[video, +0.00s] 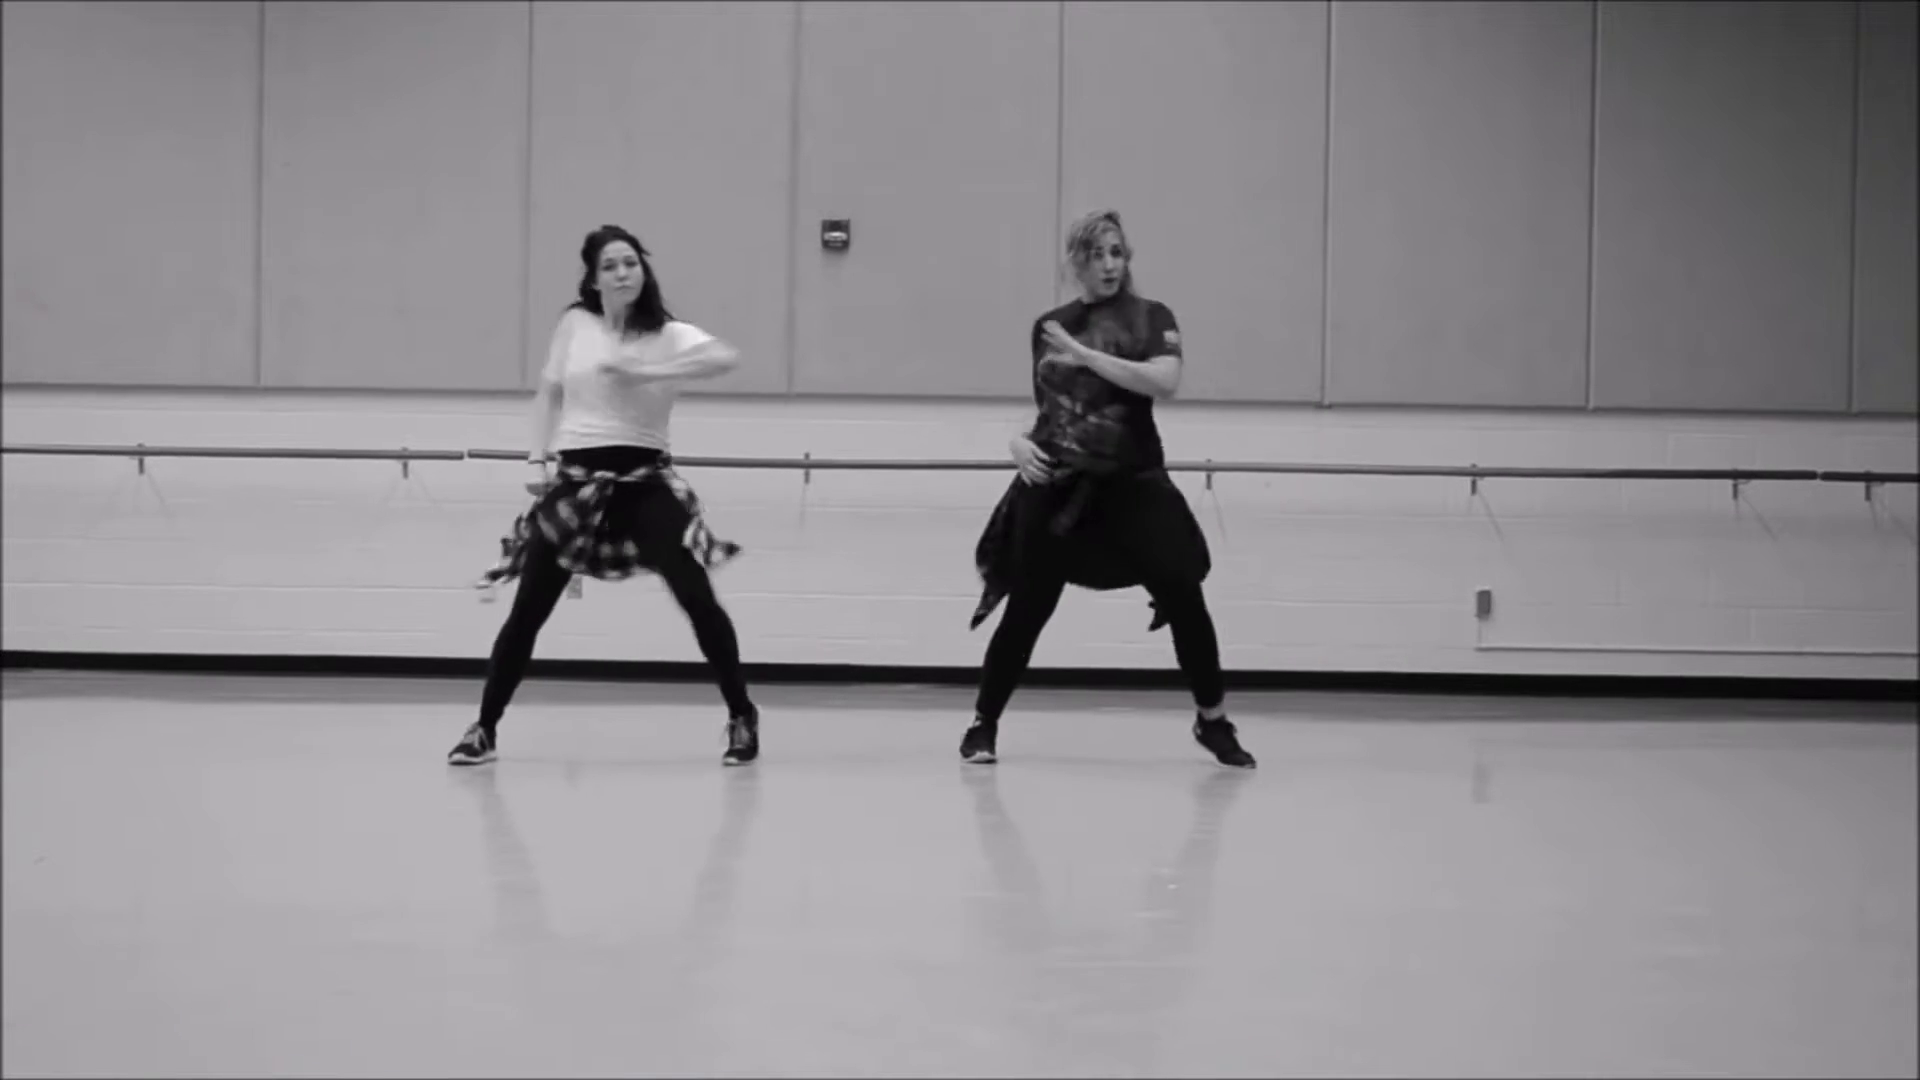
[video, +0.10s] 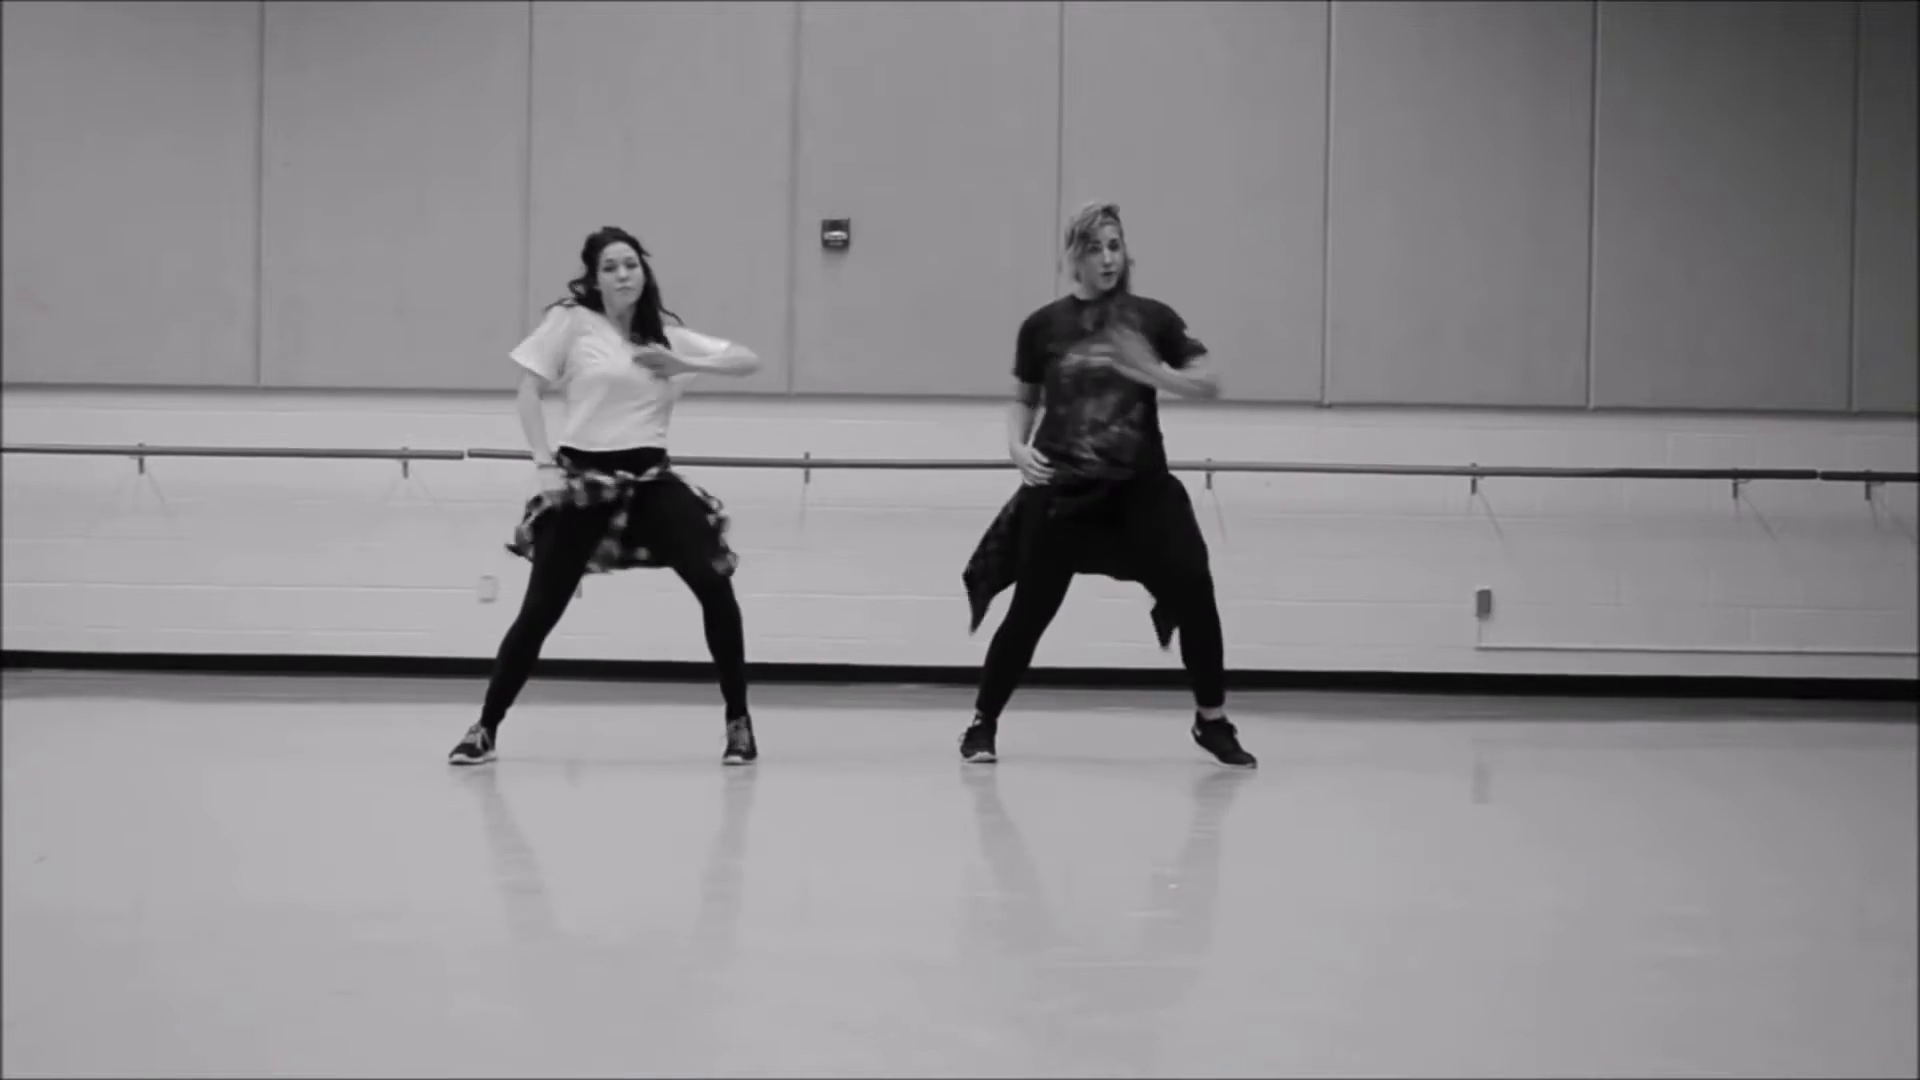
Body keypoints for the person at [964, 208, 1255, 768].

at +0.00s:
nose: (1109, 264)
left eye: (1117, 253)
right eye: (1096, 254)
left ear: (1128, 259)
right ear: (1076, 263)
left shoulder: (1152, 316)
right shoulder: (1052, 328)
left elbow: (1167, 380)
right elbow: (1050, 414)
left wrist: (1086, 356)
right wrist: (1019, 442)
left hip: (1133, 485)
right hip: (1059, 486)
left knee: (1184, 598)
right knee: (1028, 609)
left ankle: (1212, 720)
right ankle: (985, 723)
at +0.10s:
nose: (1108, 257)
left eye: (1115, 246)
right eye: (1096, 248)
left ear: (1126, 253)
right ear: (1074, 257)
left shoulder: (1151, 318)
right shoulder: (1043, 327)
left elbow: (1208, 385)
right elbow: (1024, 399)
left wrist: (1150, 371)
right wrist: (1018, 446)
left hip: (1141, 491)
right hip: (1063, 492)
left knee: (1195, 591)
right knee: (1033, 608)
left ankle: (1212, 719)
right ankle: (984, 723)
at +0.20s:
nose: (1110, 256)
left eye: (1116, 245)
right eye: (1096, 248)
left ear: (1127, 252)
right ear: (1076, 259)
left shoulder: (1155, 322)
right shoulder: (1050, 322)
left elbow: (1204, 380)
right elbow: (1005, 391)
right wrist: (1020, 446)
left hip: (1144, 484)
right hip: (1066, 485)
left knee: (1201, 589)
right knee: (1033, 606)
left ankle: (1214, 719)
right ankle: (983, 722)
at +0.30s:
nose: (1115, 260)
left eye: (1121, 249)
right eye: (1103, 251)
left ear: (1132, 257)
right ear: (1081, 261)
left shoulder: (1158, 329)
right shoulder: (1052, 321)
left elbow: (1205, 399)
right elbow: (1006, 391)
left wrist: (1255, 455)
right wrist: (1025, 444)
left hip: (1146, 484)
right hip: (1068, 484)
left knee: (1202, 589)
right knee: (1029, 606)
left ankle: (1216, 717)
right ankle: (982, 722)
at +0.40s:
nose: (1117, 262)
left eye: (1124, 251)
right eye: (1105, 253)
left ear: (1136, 258)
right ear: (1084, 264)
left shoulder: (1160, 330)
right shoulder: (1051, 324)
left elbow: (1201, 405)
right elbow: (1017, 390)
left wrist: (1241, 471)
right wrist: (1030, 443)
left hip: (1149, 488)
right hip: (1069, 487)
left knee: (1203, 592)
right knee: (1027, 605)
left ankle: (1212, 720)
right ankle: (982, 723)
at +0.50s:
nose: (1117, 263)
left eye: (1124, 252)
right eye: (1104, 255)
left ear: (1136, 259)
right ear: (1086, 266)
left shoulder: (1168, 329)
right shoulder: (1063, 329)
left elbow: (1197, 411)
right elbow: (1041, 408)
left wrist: (1228, 482)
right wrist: (1078, 407)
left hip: (1158, 492)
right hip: (1080, 490)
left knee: (1209, 593)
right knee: (1042, 603)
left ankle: (1201, 726)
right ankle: (983, 722)